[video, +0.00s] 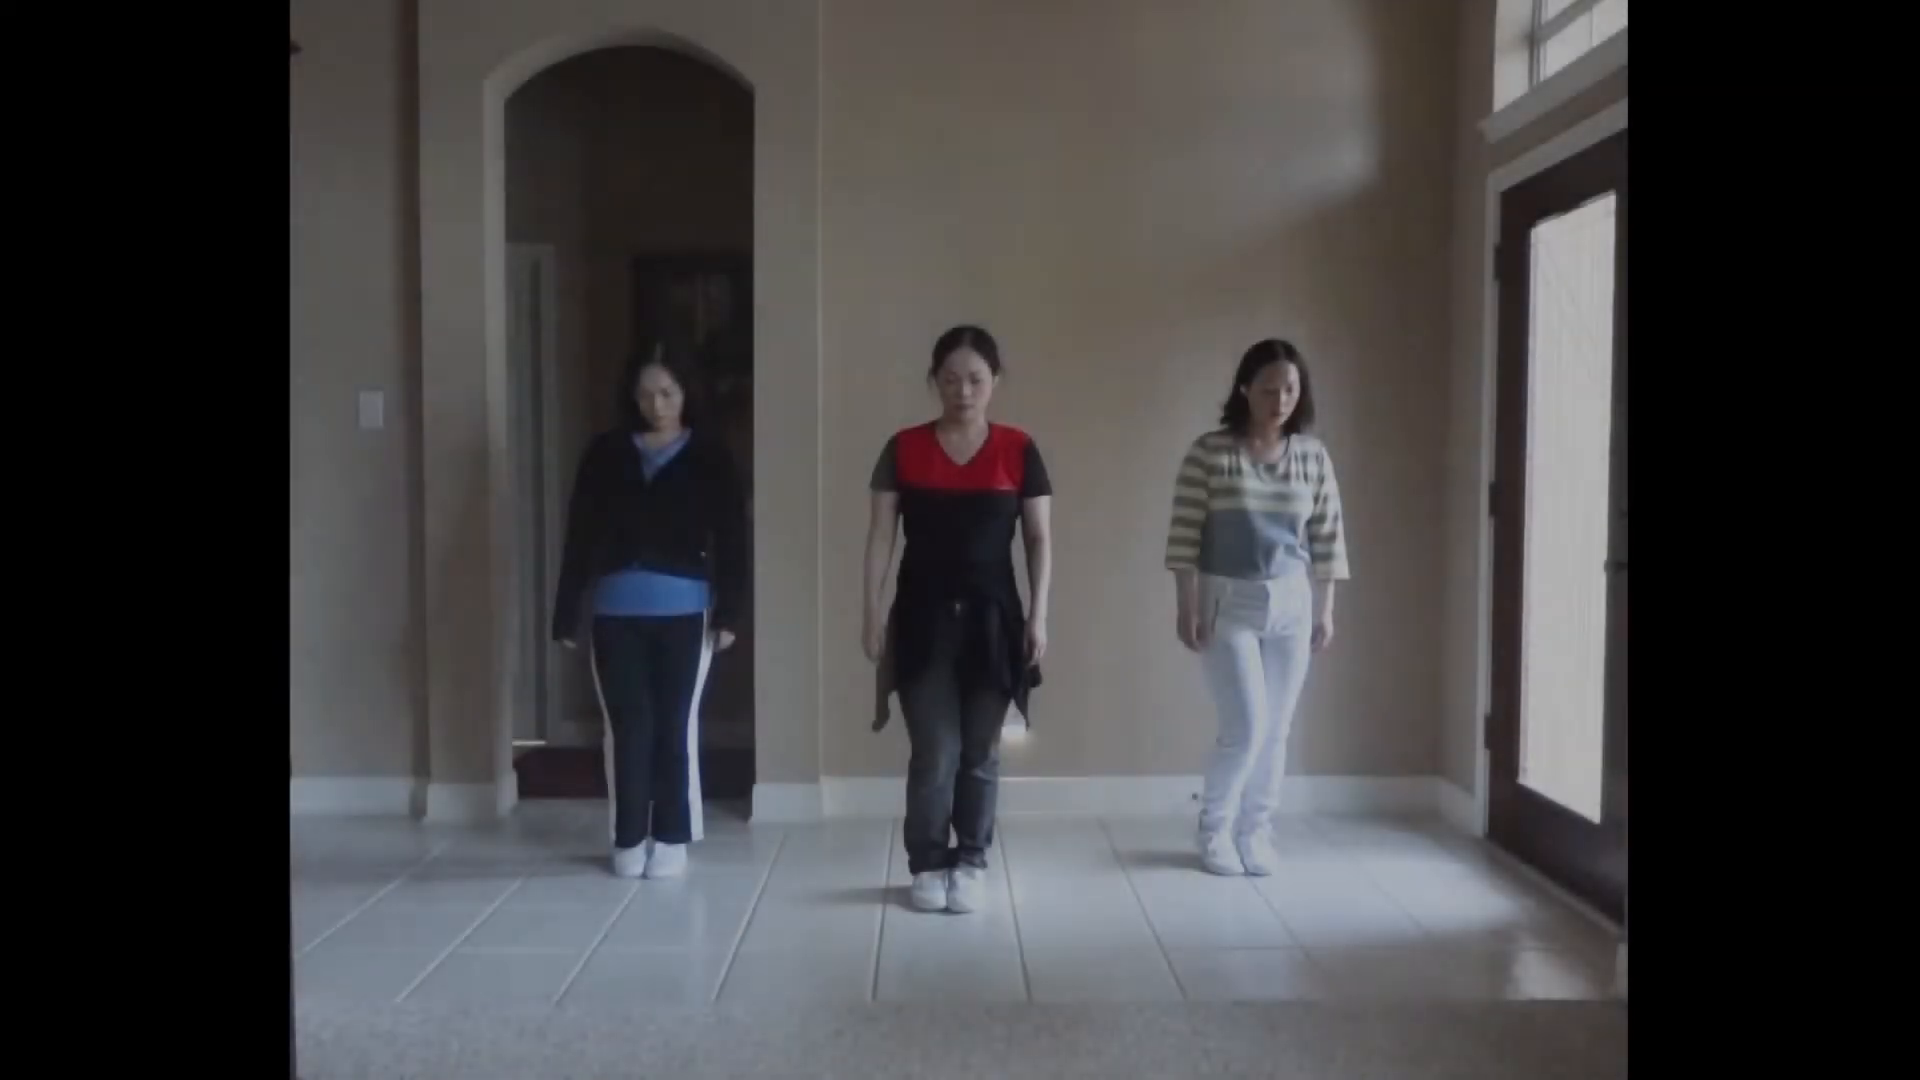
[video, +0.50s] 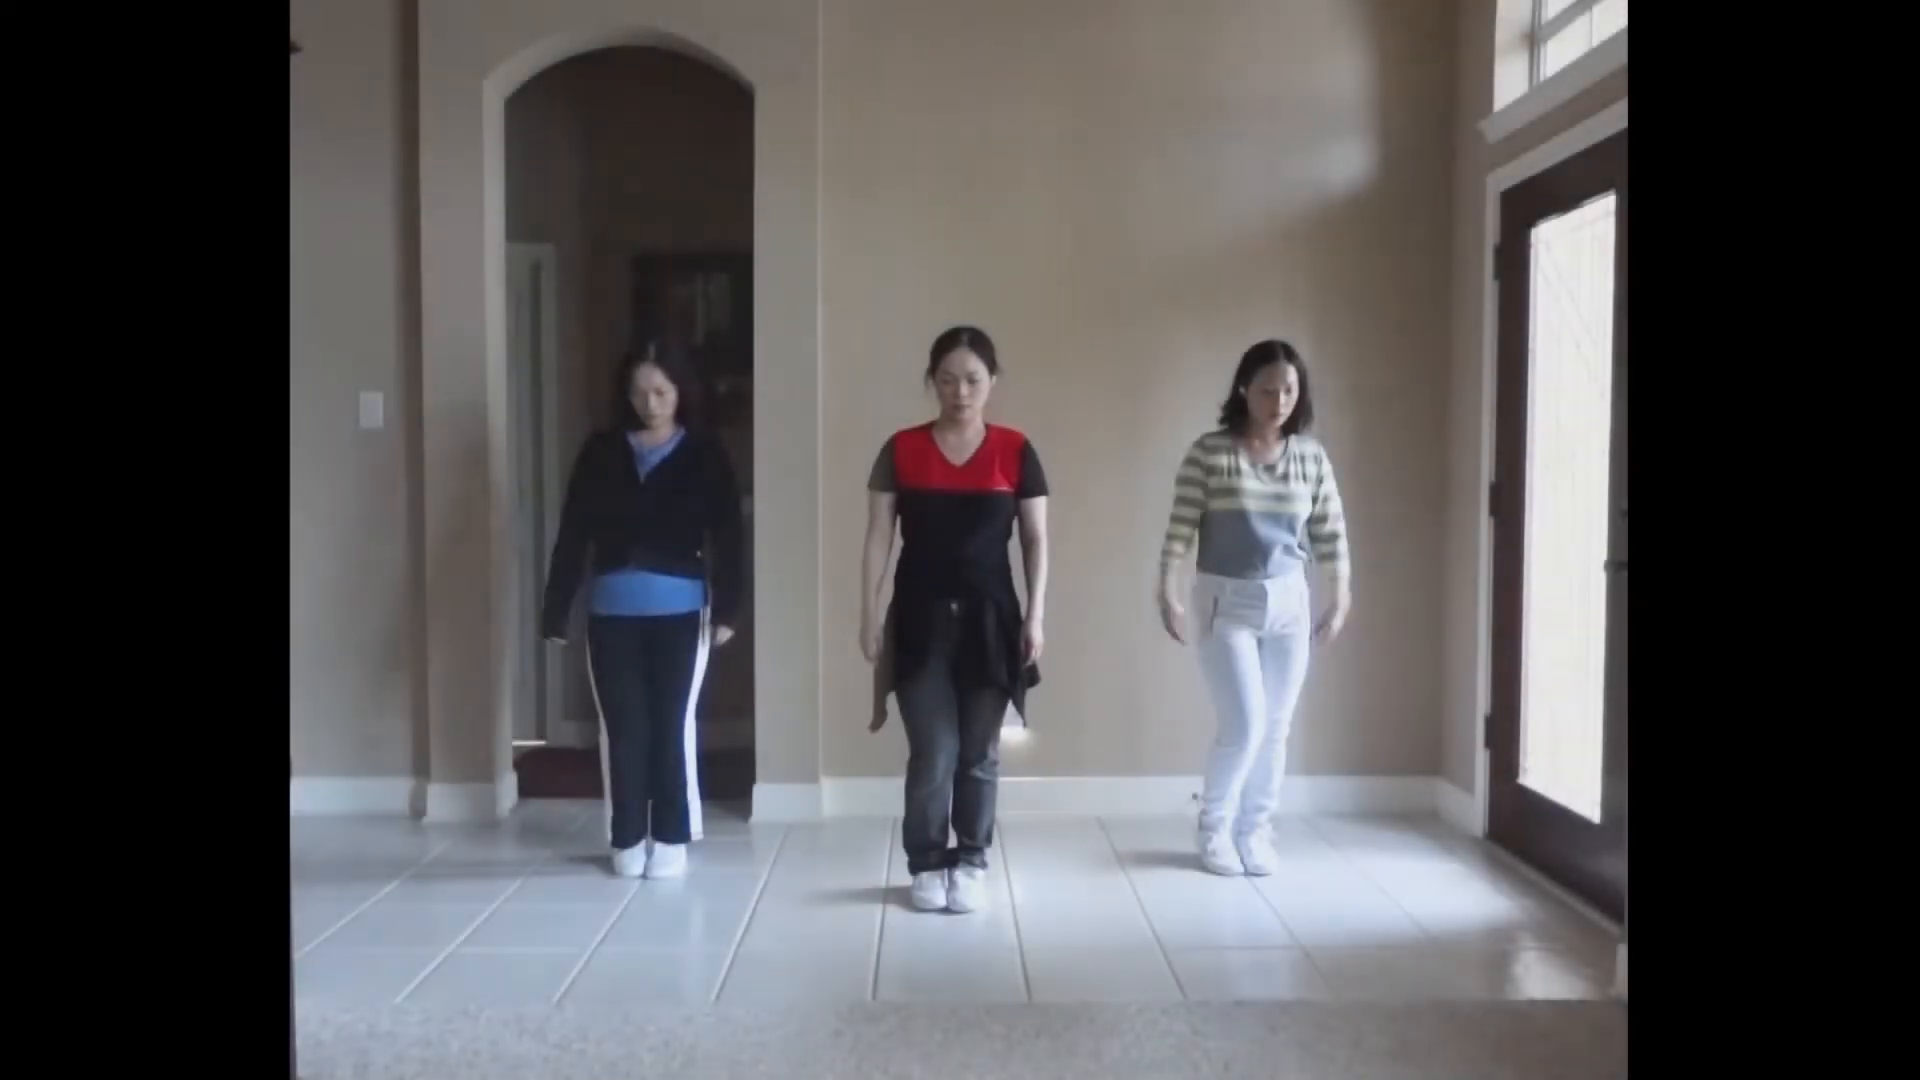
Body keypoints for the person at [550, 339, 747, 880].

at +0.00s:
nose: (658, 403)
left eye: (667, 392)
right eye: (649, 393)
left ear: (684, 395)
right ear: (635, 398)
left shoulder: (709, 456)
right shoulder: (607, 453)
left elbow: (730, 538)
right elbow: (581, 536)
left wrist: (730, 612)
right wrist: (568, 612)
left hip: (683, 616)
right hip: (616, 615)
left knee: (671, 729)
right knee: (630, 728)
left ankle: (671, 840)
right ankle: (629, 842)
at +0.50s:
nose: (651, 400)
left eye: (661, 390)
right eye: (642, 391)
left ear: (679, 393)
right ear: (629, 394)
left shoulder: (704, 453)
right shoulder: (602, 451)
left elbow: (727, 533)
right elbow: (573, 532)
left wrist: (729, 608)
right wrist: (557, 609)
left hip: (680, 613)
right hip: (612, 613)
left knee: (669, 726)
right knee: (625, 729)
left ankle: (670, 840)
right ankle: (628, 842)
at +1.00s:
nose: (644, 435)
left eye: (653, 424)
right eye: (636, 425)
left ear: (677, 423)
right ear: (627, 425)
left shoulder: (702, 472)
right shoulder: (609, 469)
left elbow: (749, 467)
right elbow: (541, 471)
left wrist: (705, 433)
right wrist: (584, 423)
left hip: (682, 627)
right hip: (615, 626)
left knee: (673, 739)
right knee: (618, 746)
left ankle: (670, 847)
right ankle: (635, 768)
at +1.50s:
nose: (636, 378)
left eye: (648, 369)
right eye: (628, 370)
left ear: (665, 379)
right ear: (616, 380)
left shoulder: (683, 427)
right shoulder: (597, 429)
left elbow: (706, 369)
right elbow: (573, 377)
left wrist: (657, 346)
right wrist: (609, 335)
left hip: (668, 582)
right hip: (613, 582)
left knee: (663, 702)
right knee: (628, 704)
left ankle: (685, 823)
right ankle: (643, 817)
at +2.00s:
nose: (643, 409)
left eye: (652, 400)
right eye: (634, 402)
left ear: (670, 403)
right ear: (623, 408)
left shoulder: (689, 454)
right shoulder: (605, 453)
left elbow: (687, 524)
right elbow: (594, 468)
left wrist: (643, 494)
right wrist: (615, 482)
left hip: (667, 590)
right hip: (611, 588)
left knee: (655, 699)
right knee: (618, 702)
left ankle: (681, 818)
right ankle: (640, 819)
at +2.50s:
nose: (650, 425)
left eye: (658, 415)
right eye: (641, 417)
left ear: (676, 416)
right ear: (630, 422)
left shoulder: (694, 465)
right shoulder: (609, 468)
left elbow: (695, 534)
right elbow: (595, 523)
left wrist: (648, 530)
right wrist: (616, 541)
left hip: (669, 592)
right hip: (613, 591)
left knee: (651, 696)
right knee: (612, 698)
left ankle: (679, 817)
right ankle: (641, 820)